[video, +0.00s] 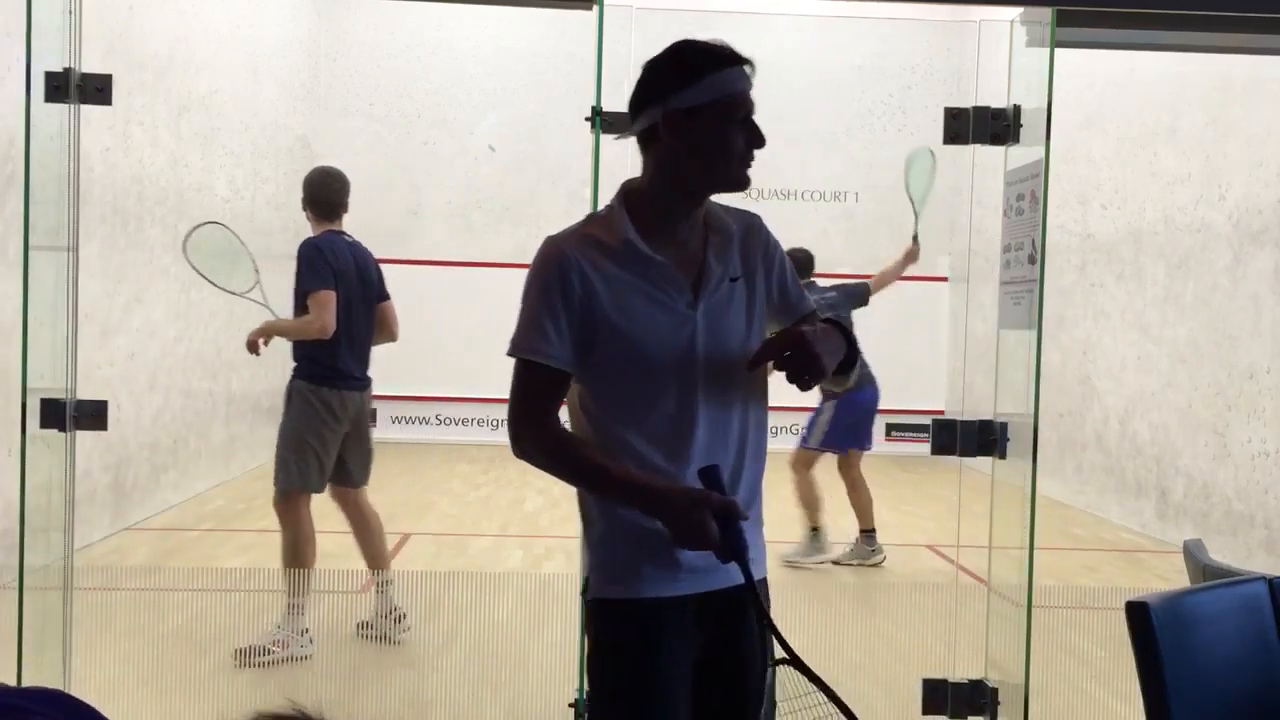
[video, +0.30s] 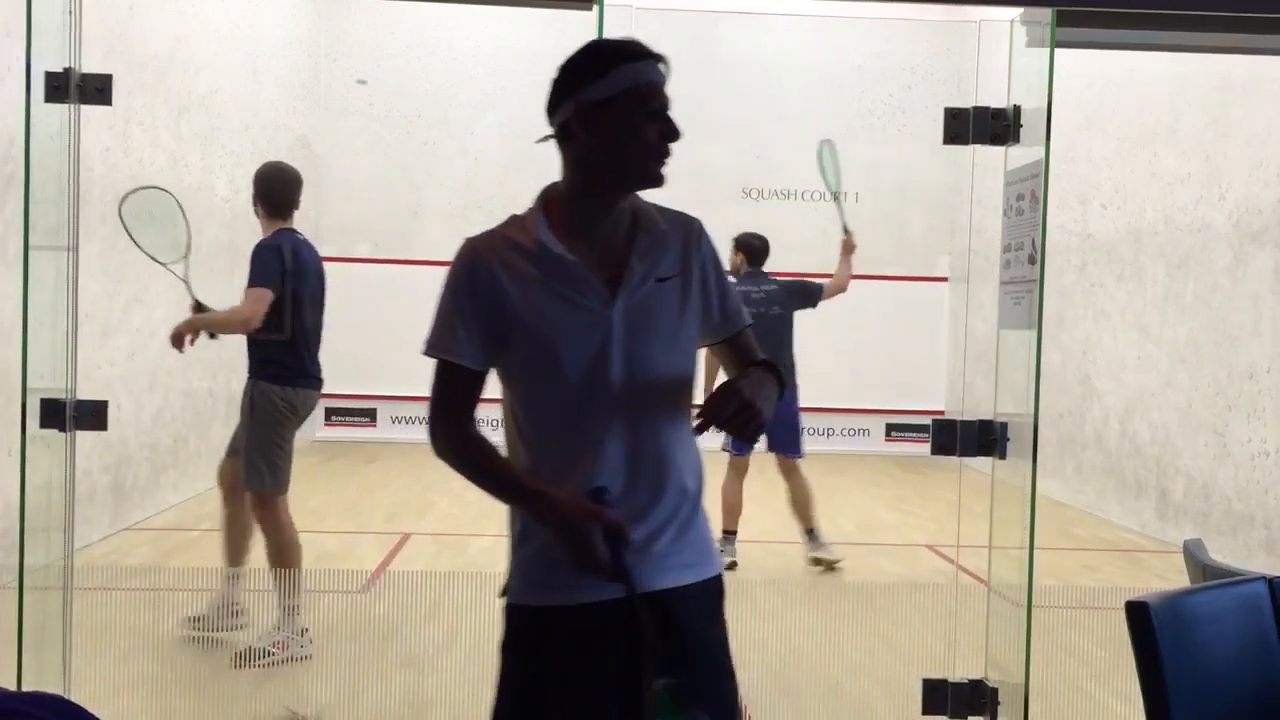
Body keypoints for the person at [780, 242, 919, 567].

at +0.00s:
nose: (777, 281)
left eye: (779, 275)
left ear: (785, 275)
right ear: (811, 271)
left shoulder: (786, 303)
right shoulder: (833, 295)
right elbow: (876, 283)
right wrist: (904, 260)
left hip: (839, 397)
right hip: (864, 392)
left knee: (800, 463)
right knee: (850, 466)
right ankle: (868, 543)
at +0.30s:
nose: (730, 258)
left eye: (732, 254)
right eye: (733, 253)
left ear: (739, 258)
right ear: (764, 259)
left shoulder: (723, 292)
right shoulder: (784, 291)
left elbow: (712, 348)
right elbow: (839, 284)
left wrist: (707, 394)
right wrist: (846, 253)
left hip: (741, 394)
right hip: (782, 394)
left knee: (736, 469)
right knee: (790, 467)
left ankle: (727, 547)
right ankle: (814, 543)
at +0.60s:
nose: (687, 248)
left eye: (693, 243)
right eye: (690, 242)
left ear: (708, 252)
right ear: (719, 255)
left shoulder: (692, 290)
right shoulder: (746, 290)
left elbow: (691, 344)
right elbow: (791, 328)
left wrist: (670, 378)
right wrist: (772, 349)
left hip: (699, 396)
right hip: (735, 397)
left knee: (666, 470)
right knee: (718, 477)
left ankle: (646, 550)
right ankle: (714, 555)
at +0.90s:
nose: (643, 256)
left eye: (648, 250)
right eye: (646, 249)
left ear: (663, 256)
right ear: (681, 259)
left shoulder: (632, 295)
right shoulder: (705, 301)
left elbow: (616, 350)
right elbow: (720, 356)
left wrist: (619, 394)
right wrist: (721, 405)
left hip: (647, 411)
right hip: (692, 411)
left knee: (627, 493)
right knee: (702, 481)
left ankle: (619, 570)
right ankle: (709, 555)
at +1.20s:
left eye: (651, 255)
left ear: (652, 259)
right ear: (686, 262)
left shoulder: (628, 293)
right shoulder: (700, 298)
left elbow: (607, 347)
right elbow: (720, 346)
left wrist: (607, 394)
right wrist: (729, 396)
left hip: (638, 406)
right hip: (688, 408)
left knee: (609, 483)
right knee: (717, 487)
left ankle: (575, 551)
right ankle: (742, 566)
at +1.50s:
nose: (699, 261)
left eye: (698, 254)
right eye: (699, 255)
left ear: (665, 245)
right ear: (693, 253)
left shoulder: (636, 282)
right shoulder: (674, 290)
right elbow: (671, 359)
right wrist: (718, 400)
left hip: (620, 401)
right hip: (662, 405)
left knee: (616, 499)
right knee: (704, 496)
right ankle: (735, 585)